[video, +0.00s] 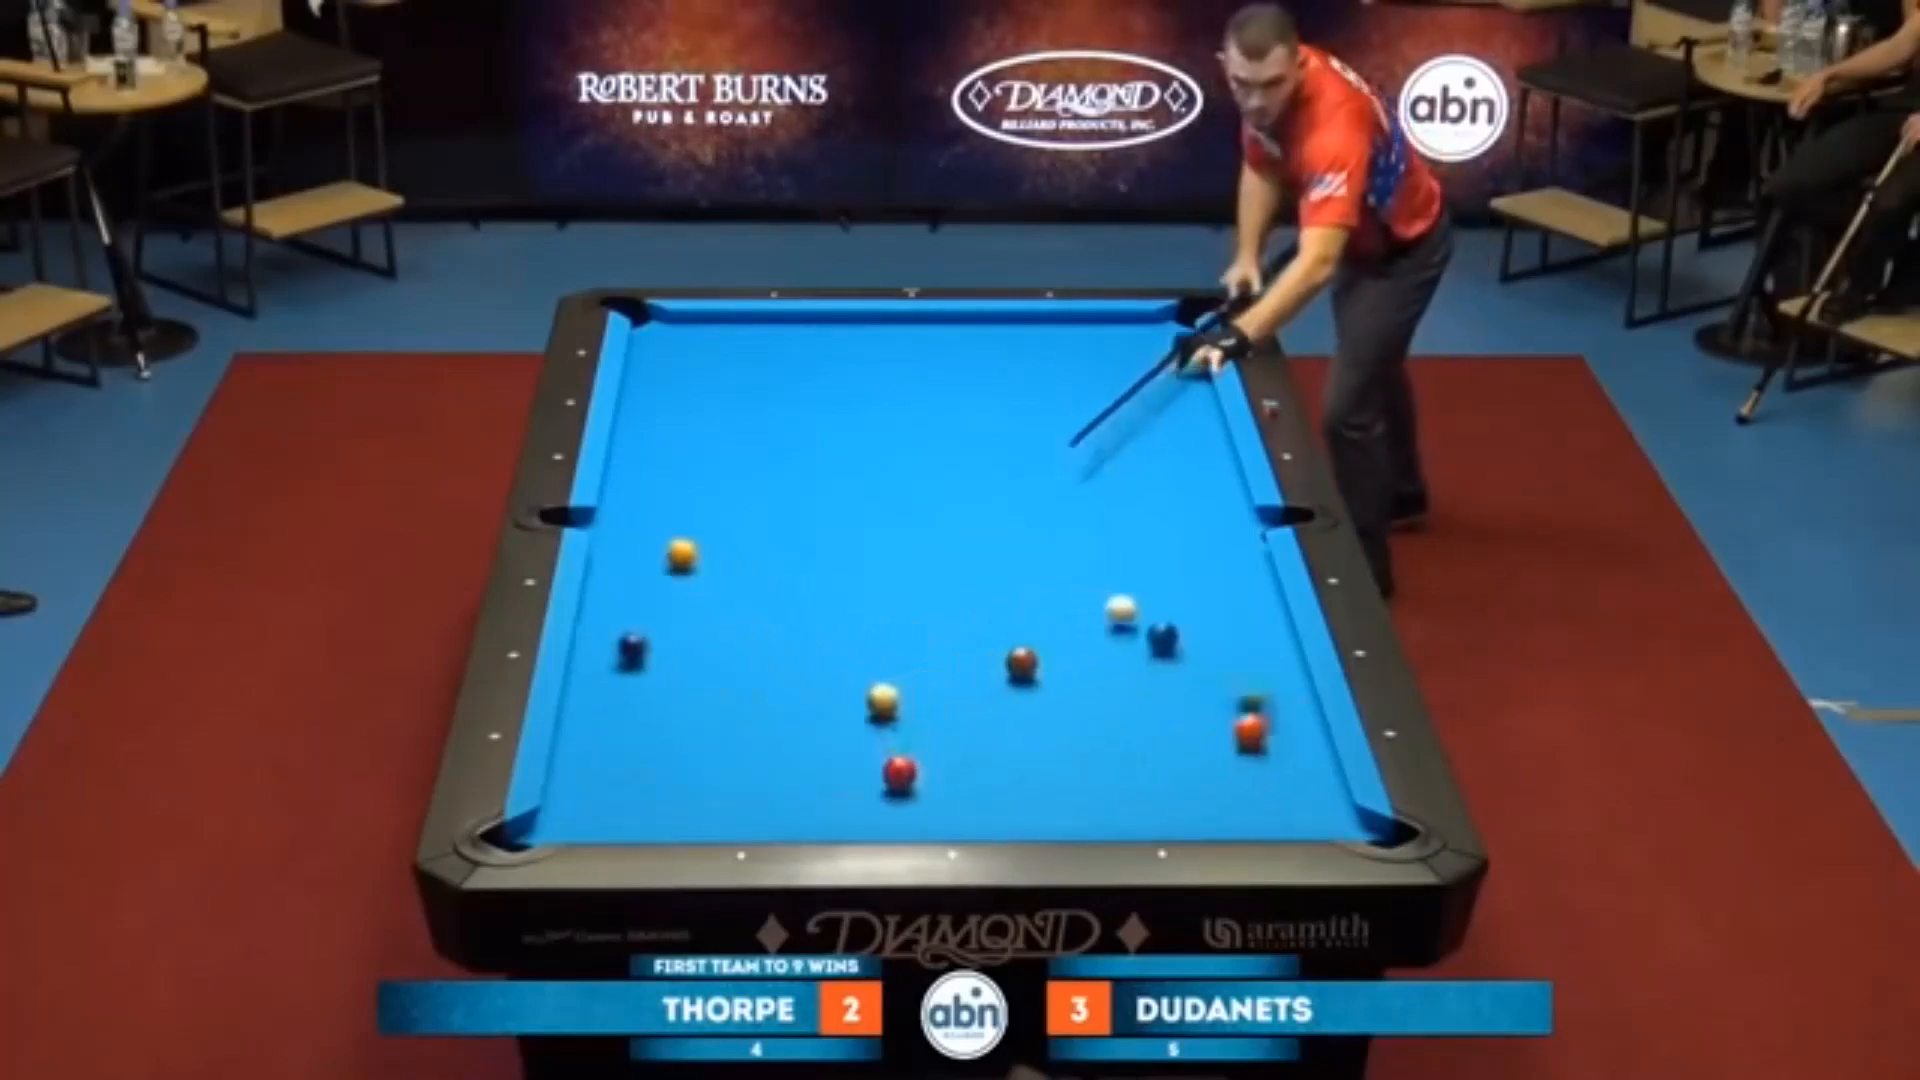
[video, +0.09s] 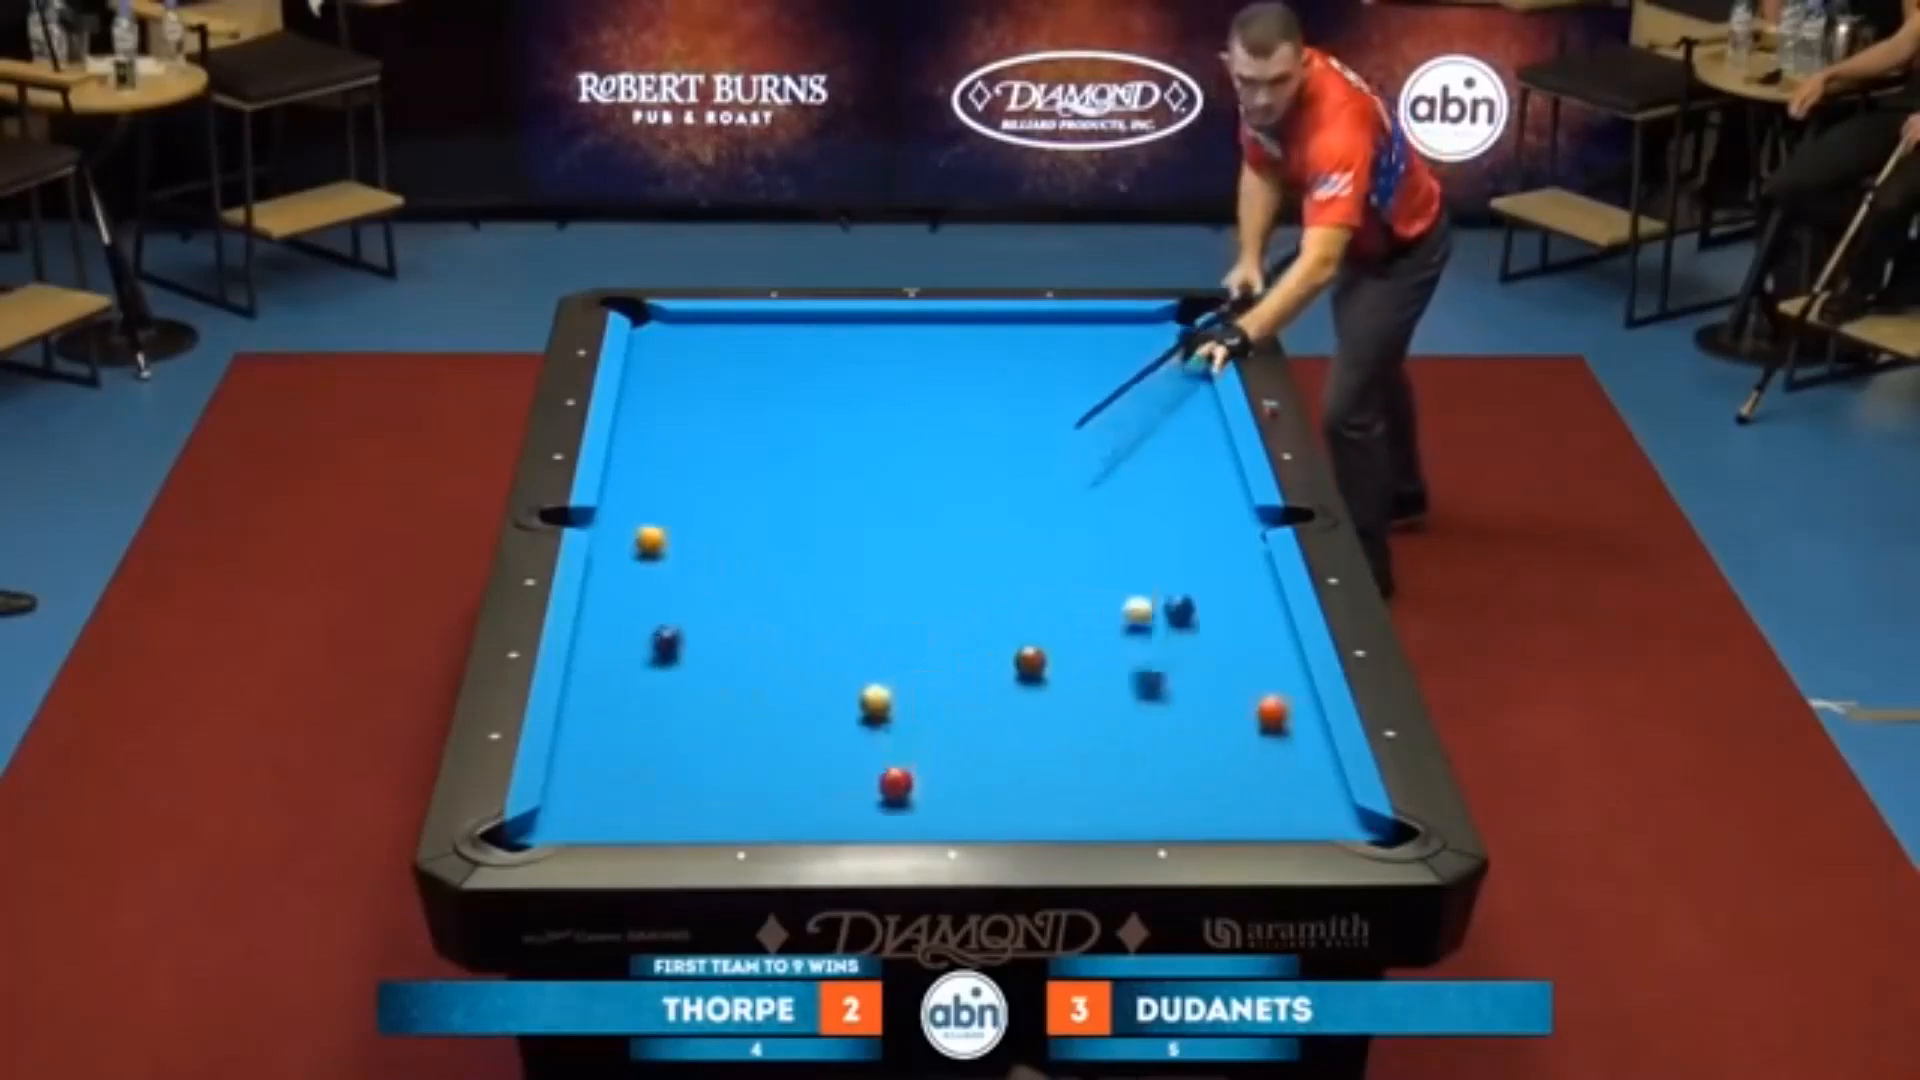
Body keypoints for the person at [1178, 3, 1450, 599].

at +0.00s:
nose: (1256, 101)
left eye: (1271, 85)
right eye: (1243, 86)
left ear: (1298, 64)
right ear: (1226, 66)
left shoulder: (1335, 118)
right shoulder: (1254, 80)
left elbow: (1319, 261)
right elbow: (1260, 165)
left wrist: (1237, 337)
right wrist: (1247, 256)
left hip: (1406, 242)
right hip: (1347, 237)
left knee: (1347, 414)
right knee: (1376, 371)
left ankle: (1367, 575)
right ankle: (1402, 493)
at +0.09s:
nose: (1262, 98)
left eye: (1277, 82)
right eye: (1248, 83)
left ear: (1303, 63)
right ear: (1230, 66)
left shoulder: (1338, 120)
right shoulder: (1255, 87)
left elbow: (1320, 261)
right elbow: (1259, 169)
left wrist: (1243, 335)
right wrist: (1250, 258)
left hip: (1405, 243)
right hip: (1348, 239)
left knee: (1347, 414)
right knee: (1377, 369)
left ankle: (1368, 575)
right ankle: (1403, 492)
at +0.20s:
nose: (1266, 94)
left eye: (1282, 79)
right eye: (1253, 78)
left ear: (1308, 62)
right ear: (1235, 62)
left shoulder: (1343, 121)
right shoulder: (1253, 85)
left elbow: (1322, 262)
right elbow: (1259, 168)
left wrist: (1246, 334)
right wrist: (1250, 260)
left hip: (1402, 244)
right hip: (1341, 239)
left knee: (1348, 414)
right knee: (1376, 369)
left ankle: (1367, 575)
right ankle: (1402, 490)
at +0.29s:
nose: (1268, 92)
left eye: (1284, 77)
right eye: (1256, 76)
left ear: (1312, 61)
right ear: (1237, 59)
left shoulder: (1346, 122)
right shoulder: (1253, 84)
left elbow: (1324, 262)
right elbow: (1259, 167)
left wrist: (1246, 333)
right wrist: (1250, 260)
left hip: (1400, 245)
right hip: (1338, 240)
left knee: (1348, 414)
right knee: (1375, 369)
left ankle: (1367, 575)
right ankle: (1401, 489)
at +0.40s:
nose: (1276, 84)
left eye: (1292, 69)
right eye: (1263, 67)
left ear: (1318, 52)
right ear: (1243, 52)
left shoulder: (1348, 120)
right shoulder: (1256, 79)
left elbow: (1325, 259)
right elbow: (1259, 165)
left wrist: (1246, 332)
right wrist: (1250, 260)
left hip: (1400, 244)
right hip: (1337, 239)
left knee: (1347, 413)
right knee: (1372, 368)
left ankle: (1368, 573)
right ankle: (1399, 486)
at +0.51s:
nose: (1279, 71)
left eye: (1296, 57)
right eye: (1267, 55)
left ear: (1325, 43)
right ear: (1250, 39)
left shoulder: (1350, 113)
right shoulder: (1257, 68)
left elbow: (1323, 254)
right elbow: (1262, 162)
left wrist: (1247, 331)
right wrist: (1249, 260)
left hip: (1397, 243)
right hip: (1335, 235)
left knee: (1350, 412)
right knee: (1367, 369)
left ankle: (1368, 572)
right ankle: (1397, 482)